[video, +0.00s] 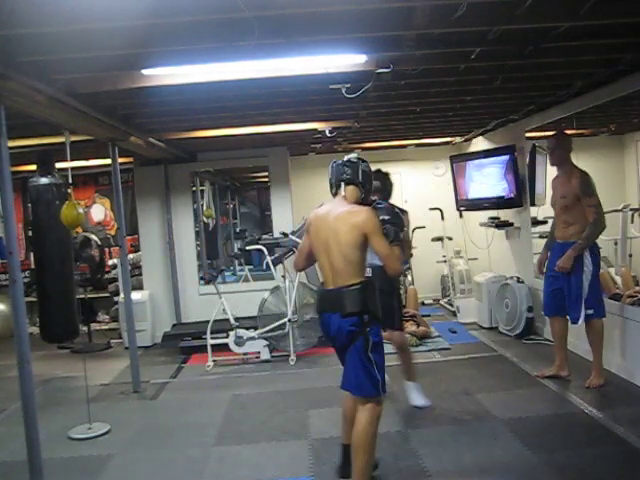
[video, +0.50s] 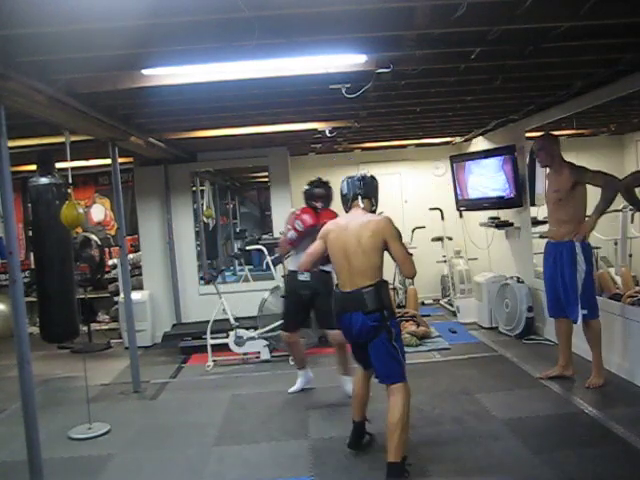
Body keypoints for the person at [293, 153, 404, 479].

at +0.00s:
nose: (369, 190)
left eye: (368, 184)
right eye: (367, 184)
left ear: (335, 183)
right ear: (359, 183)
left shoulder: (316, 217)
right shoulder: (364, 216)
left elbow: (299, 264)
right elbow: (394, 267)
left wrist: (321, 241)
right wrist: (399, 242)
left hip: (329, 309)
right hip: (357, 310)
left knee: (356, 387)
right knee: (370, 400)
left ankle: (349, 458)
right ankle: (360, 474)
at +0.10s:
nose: (369, 191)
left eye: (366, 186)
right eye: (367, 186)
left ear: (338, 187)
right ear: (360, 185)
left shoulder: (321, 219)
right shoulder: (374, 214)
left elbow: (306, 257)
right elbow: (404, 264)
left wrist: (326, 232)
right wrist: (397, 236)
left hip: (336, 308)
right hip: (366, 308)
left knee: (355, 386)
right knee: (370, 398)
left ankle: (366, 447)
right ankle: (361, 473)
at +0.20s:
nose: (364, 193)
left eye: (359, 189)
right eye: (365, 188)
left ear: (337, 190)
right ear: (365, 187)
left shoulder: (324, 220)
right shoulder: (377, 216)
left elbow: (310, 256)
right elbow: (410, 261)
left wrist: (331, 234)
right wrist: (388, 238)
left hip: (340, 310)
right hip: (371, 310)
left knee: (360, 391)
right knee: (380, 397)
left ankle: (372, 455)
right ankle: (364, 472)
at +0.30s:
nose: (369, 192)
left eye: (362, 189)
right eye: (369, 188)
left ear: (341, 188)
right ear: (367, 187)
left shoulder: (326, 219)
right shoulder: (380, 214)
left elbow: (313, 260)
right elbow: (409, 261)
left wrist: (326, 235)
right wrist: (396, 234)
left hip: (342, 305)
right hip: (372, 305)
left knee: (361, 381)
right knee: (404, 386)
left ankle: (370, 452)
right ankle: (377, 464)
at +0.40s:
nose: (376, 195)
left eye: (370, 192)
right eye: (375, 191)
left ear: (347, 190)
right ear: (372, 191)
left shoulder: (330, 222)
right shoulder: (382, 217)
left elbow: (313, 265)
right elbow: (410, 264)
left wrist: (337, 245)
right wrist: (397, 245)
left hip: (345, 309)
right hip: (375, 308)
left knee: (368, 372)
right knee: (404, 382)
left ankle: (366, 439)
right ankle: (397, 466)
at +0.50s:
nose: (375, 203)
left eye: (372, 199)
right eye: (374, 198)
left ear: (345, 200)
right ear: (371, 199)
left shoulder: (330, 228)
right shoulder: (381, 224)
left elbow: (304, 265)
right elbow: (408, 271)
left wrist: (327, 254)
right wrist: (397, 248)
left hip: (345, 312)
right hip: (375, 311)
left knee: (364, 367)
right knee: (397, 385)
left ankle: (357, 433)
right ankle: (395, 467)